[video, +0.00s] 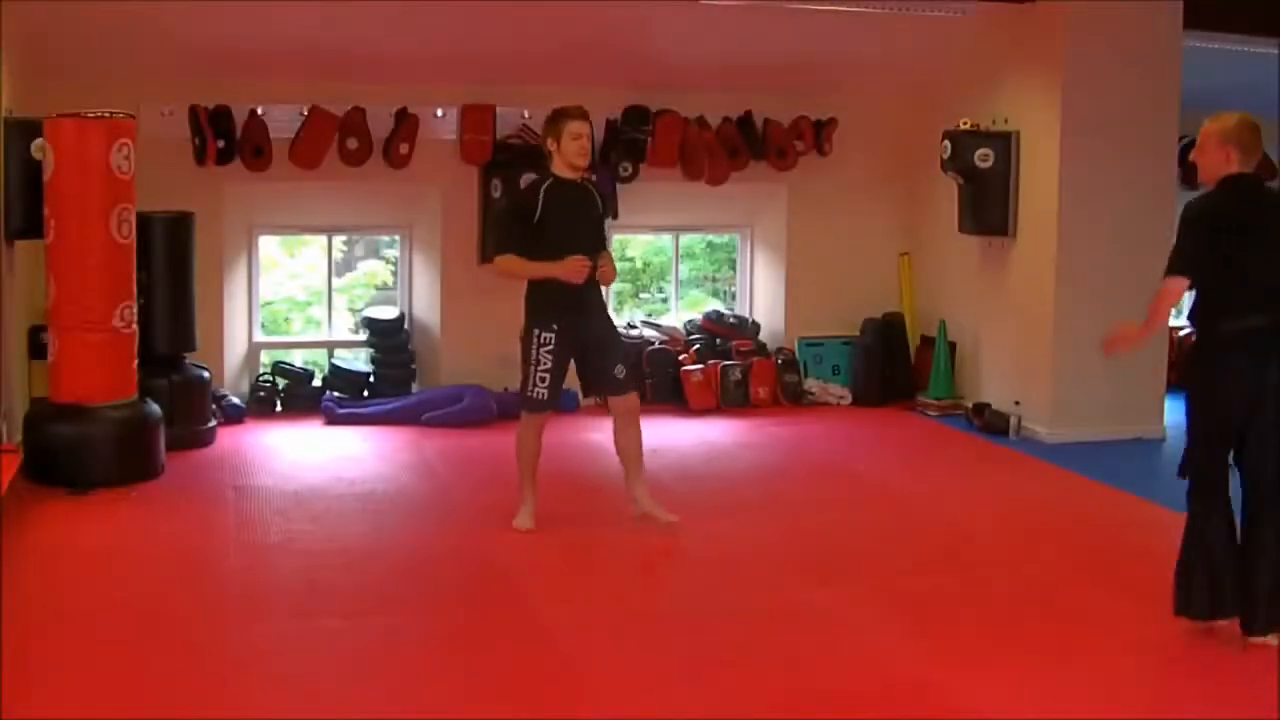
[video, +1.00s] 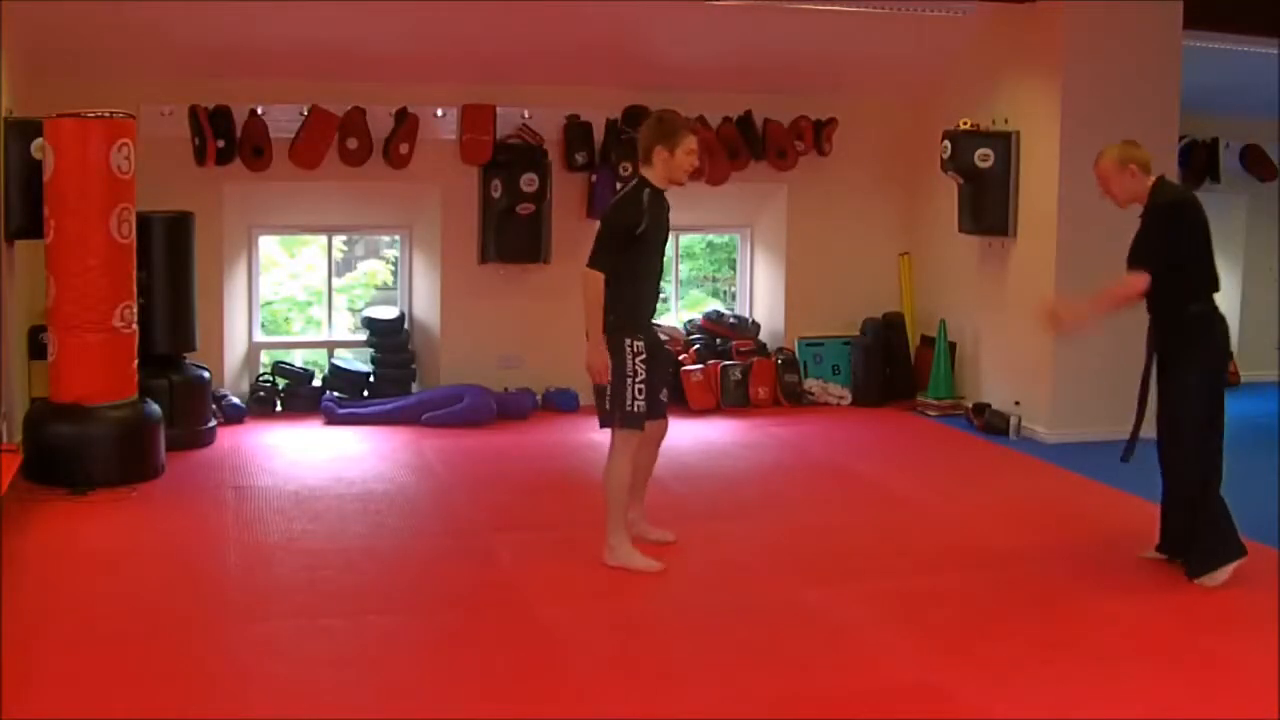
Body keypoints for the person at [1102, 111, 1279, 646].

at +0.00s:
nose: (1194, 156)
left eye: (1201, 146)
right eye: (1196, 146)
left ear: (1228, 154)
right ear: (1248, 155)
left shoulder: (1207, 209)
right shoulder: (1274, 203)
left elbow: (1176, 283)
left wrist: (1144, 330)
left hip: (1220, 358)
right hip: (1271, 359)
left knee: (1208, 471)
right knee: (1264, 478)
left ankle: (1212, 595)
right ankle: (1264, 608)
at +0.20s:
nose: (1197, 174)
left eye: (1203, 165)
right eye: (1198, 165)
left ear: (1228, 170)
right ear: (1247, 171)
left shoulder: (1216, 230)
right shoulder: (1272, 220)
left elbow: (1147, 275)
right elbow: (1215, 268)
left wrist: (1133, 237)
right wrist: (1163, 240)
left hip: (1228, 375)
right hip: (1270, 372)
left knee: (1225, 476)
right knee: (1266, 477)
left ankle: (1229, 583)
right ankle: (1269, 597)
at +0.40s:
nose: (1190, 183)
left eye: (1191, 172)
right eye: (1187, 175)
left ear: (1215, 163)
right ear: (1227, 164)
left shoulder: (1223, 212)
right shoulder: (1260, 210)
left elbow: (1148, 234)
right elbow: (1185, 231)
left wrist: (1149, 198)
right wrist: (1162, 204)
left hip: (1218, 350)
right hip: (1251, 345)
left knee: (1215, 468)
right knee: (1240, 464)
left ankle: (1234, 583)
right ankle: (1268, 556)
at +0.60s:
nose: (1162, 194)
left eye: (1163, 185)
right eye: (1160, 187)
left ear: (1181, 172)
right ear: (1191, 168)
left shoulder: (1209, 207)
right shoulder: (1231, 204)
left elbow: (1143, 237)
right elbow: (1159, 236)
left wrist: (1134, 205)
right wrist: (1146, 207)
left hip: (1213, 342)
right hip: (1219, 338)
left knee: (1213, 459)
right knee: (1201, 451)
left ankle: (1239, 583)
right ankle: (1179, 531)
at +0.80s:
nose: (1131, 212)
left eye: (1129, 204)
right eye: (1127, 207)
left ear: (1145, 186)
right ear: (1148, 180)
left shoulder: (1186, 207)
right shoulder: (1192, 201)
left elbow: (1126, 252)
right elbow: (1136, 251)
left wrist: (1105, 231)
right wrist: (1115, 230)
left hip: (1208, 343)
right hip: (1196, 338)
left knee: (1194, 451)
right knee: (1180, 442)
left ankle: (1235, 559)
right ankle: (1175, 536)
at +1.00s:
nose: (1106, 194)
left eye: (1107, 185)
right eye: (1103, 186)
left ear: (1132, 173)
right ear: (1133, 173)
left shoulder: (1166, 207)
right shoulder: (1172, 202)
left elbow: (1138, 283)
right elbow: (1197, 287)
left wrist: (1079, 311)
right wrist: (1223, 351)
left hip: (1191, 340)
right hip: (1187, 337)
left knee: (1189, 445)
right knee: (1175, 442)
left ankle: (1219, 550)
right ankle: (1178, 541)